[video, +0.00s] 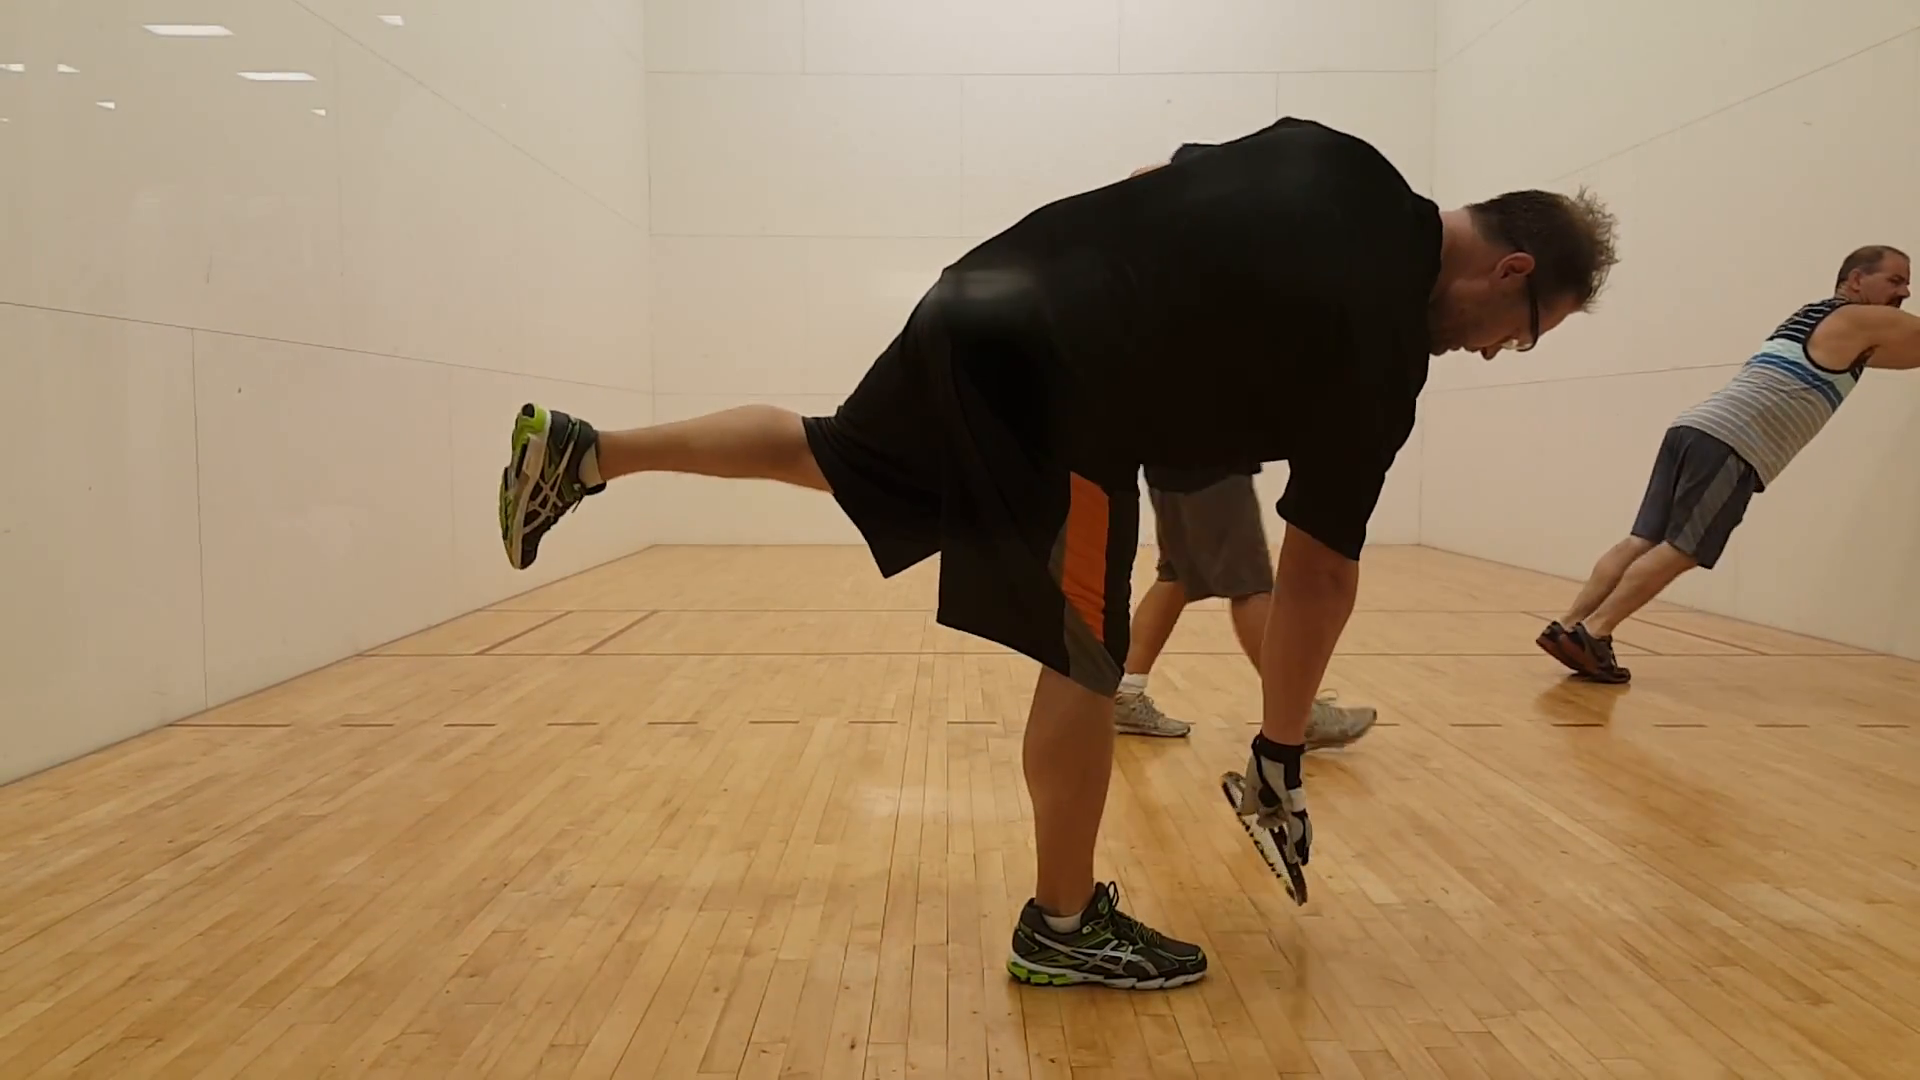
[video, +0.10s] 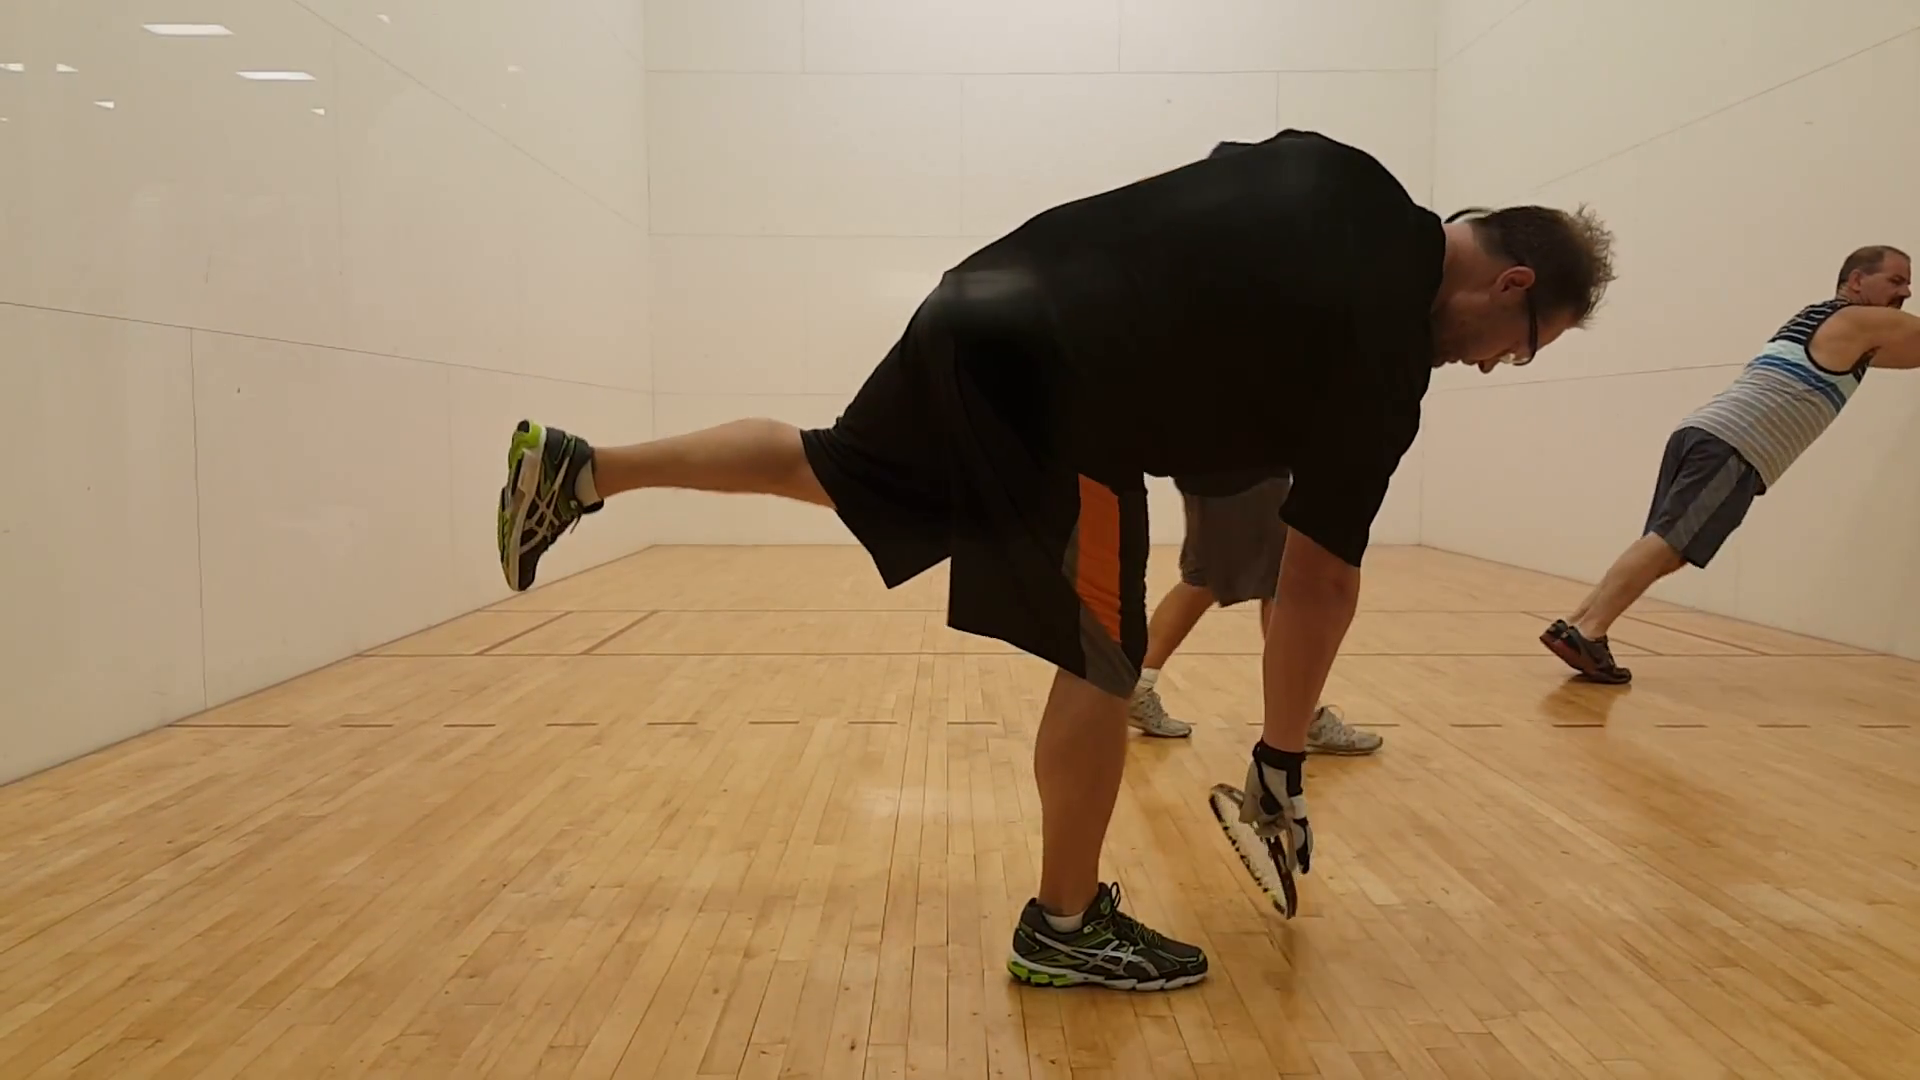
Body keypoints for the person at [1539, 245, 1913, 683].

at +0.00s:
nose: (1905, 292)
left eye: (1905, 284)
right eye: (1896, 280)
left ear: (1855, 286)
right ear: (1854, 282)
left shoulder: (1815, 317)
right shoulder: (1857, 321)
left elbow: (1908, 351)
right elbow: (1918, 337)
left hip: (1690, 431)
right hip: (1729, 450)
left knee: (1641, 542)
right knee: (1682, 550)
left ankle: (1570, 626)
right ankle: (1593, 634)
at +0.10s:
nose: (1906, 292)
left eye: (1906, 283)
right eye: (1897, 280)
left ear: (1857, 288)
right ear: (1856, 282)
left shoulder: (1823, 321)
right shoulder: (1856, 321)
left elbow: (1910, 351)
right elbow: (1918, 338)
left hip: (1704, 435)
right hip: (1731, 451)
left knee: (1661, 544)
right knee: (1669, 547)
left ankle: (1581, 627)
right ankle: (1585, 633)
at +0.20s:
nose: (1902, 301)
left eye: (1903, 293)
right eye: (1894, 290)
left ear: (1853, 297)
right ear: (1853, 291)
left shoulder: (1827, 333)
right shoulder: (1849, 331)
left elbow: (1911, 352)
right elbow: (1918, 342)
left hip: (1722, 453)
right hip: (1728, 457)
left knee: (1680, 567)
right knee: (1660, 544)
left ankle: (1580, 625)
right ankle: (1581, 633)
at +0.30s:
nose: (1901, 313)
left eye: (1902, 306)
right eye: (1893, 301)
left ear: (1852, 309)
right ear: (1852, 302)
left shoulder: (1821, 340)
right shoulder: (1850, 341)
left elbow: (1906, 356)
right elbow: (1916, 350)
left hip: (1714, 454)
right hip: (1727, 463)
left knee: (1690, 574)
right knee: (1656, 546)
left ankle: (1582, 619)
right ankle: (1576, 638)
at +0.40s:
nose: (1900, 324)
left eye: (1901, 315)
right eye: (1892, 312)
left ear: (1853, 319)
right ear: (1852, 312)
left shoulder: (1822, 349)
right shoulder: (1851, 350)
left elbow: (1905, 358)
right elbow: (1917, 353)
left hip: (1717, 464)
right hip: (1725, 469)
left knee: (1704, 580)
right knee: (1649, 552)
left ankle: (1589, 615)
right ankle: (1571, 644)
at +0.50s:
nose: (1902, 327)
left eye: (1903, 318)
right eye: (1894, 315)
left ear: (1854, 322)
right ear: (1853, 316)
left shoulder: (1823, 352)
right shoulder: (1853, 353)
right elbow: (1916, 355)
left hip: (1719, 467)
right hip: (1725, 471)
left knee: (1708, 582)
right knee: (1649, 553)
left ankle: (1593, 614)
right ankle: (1571, 645)